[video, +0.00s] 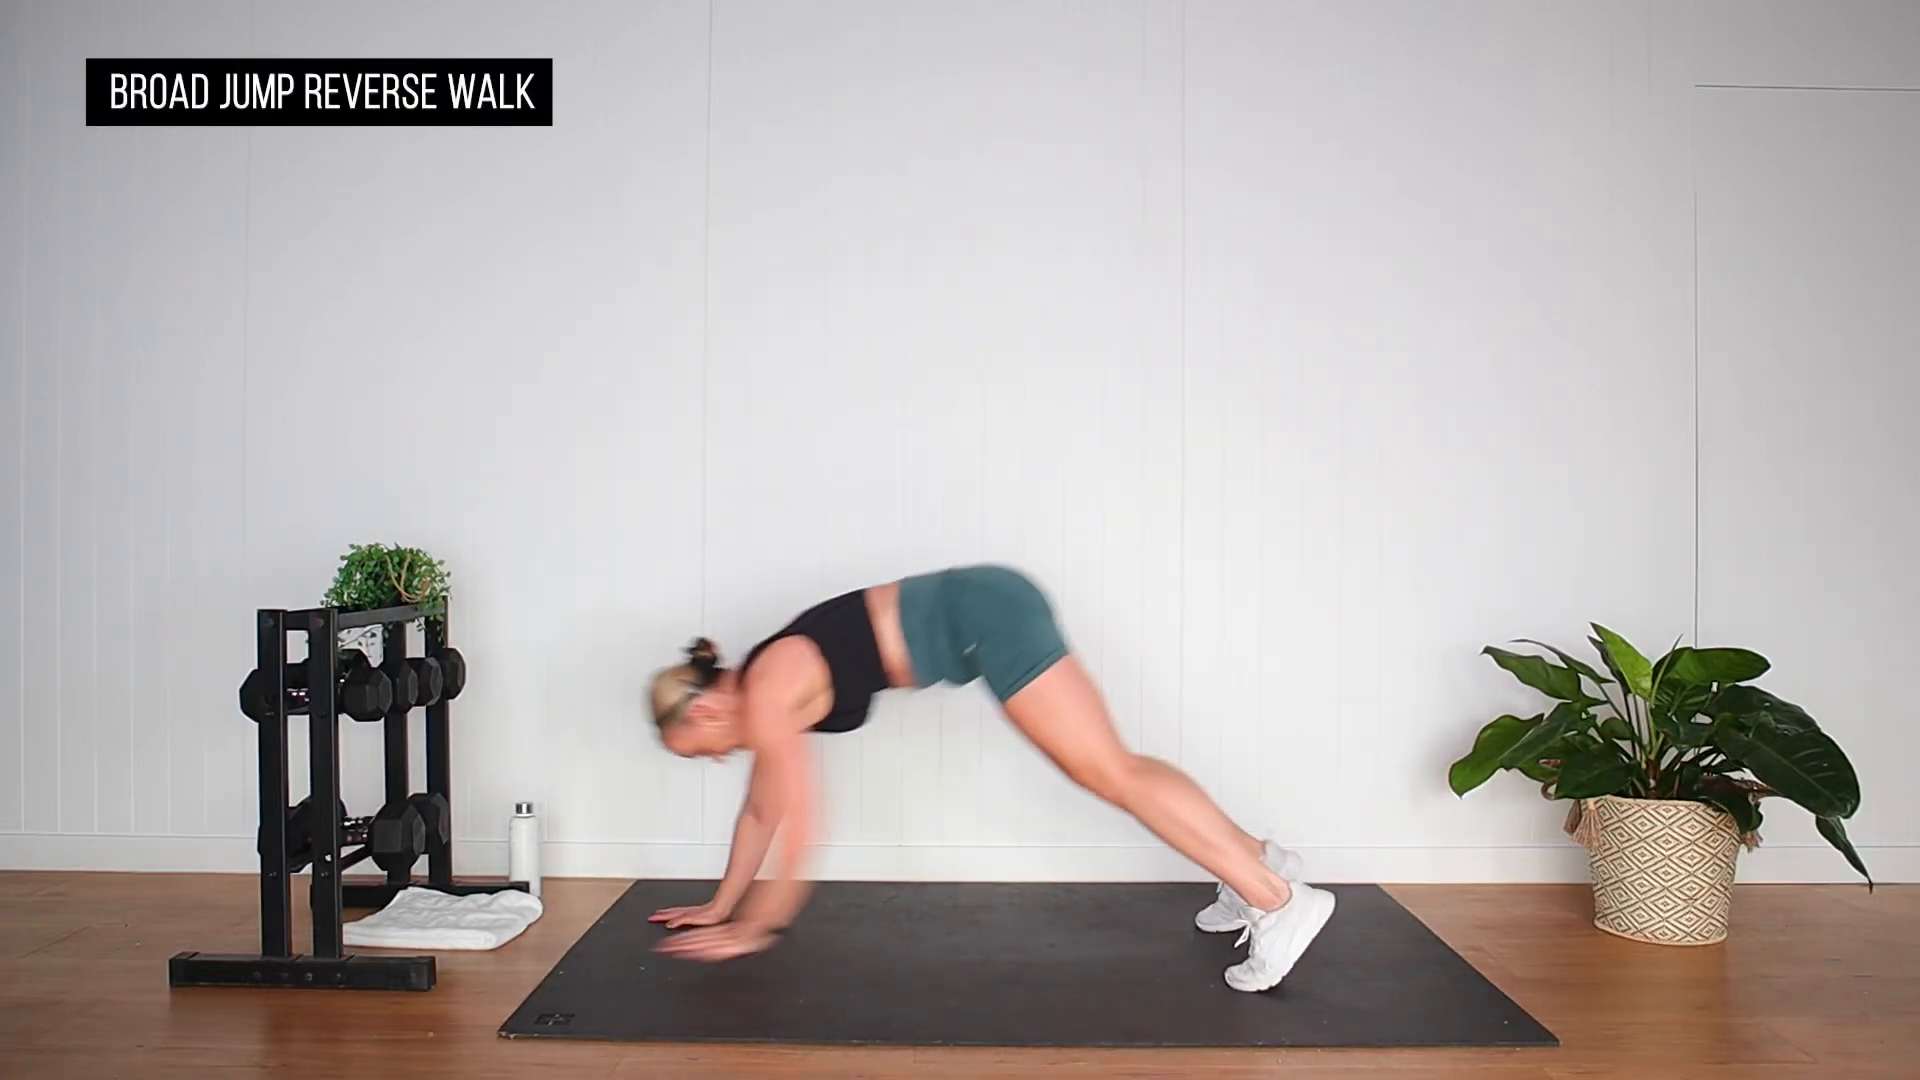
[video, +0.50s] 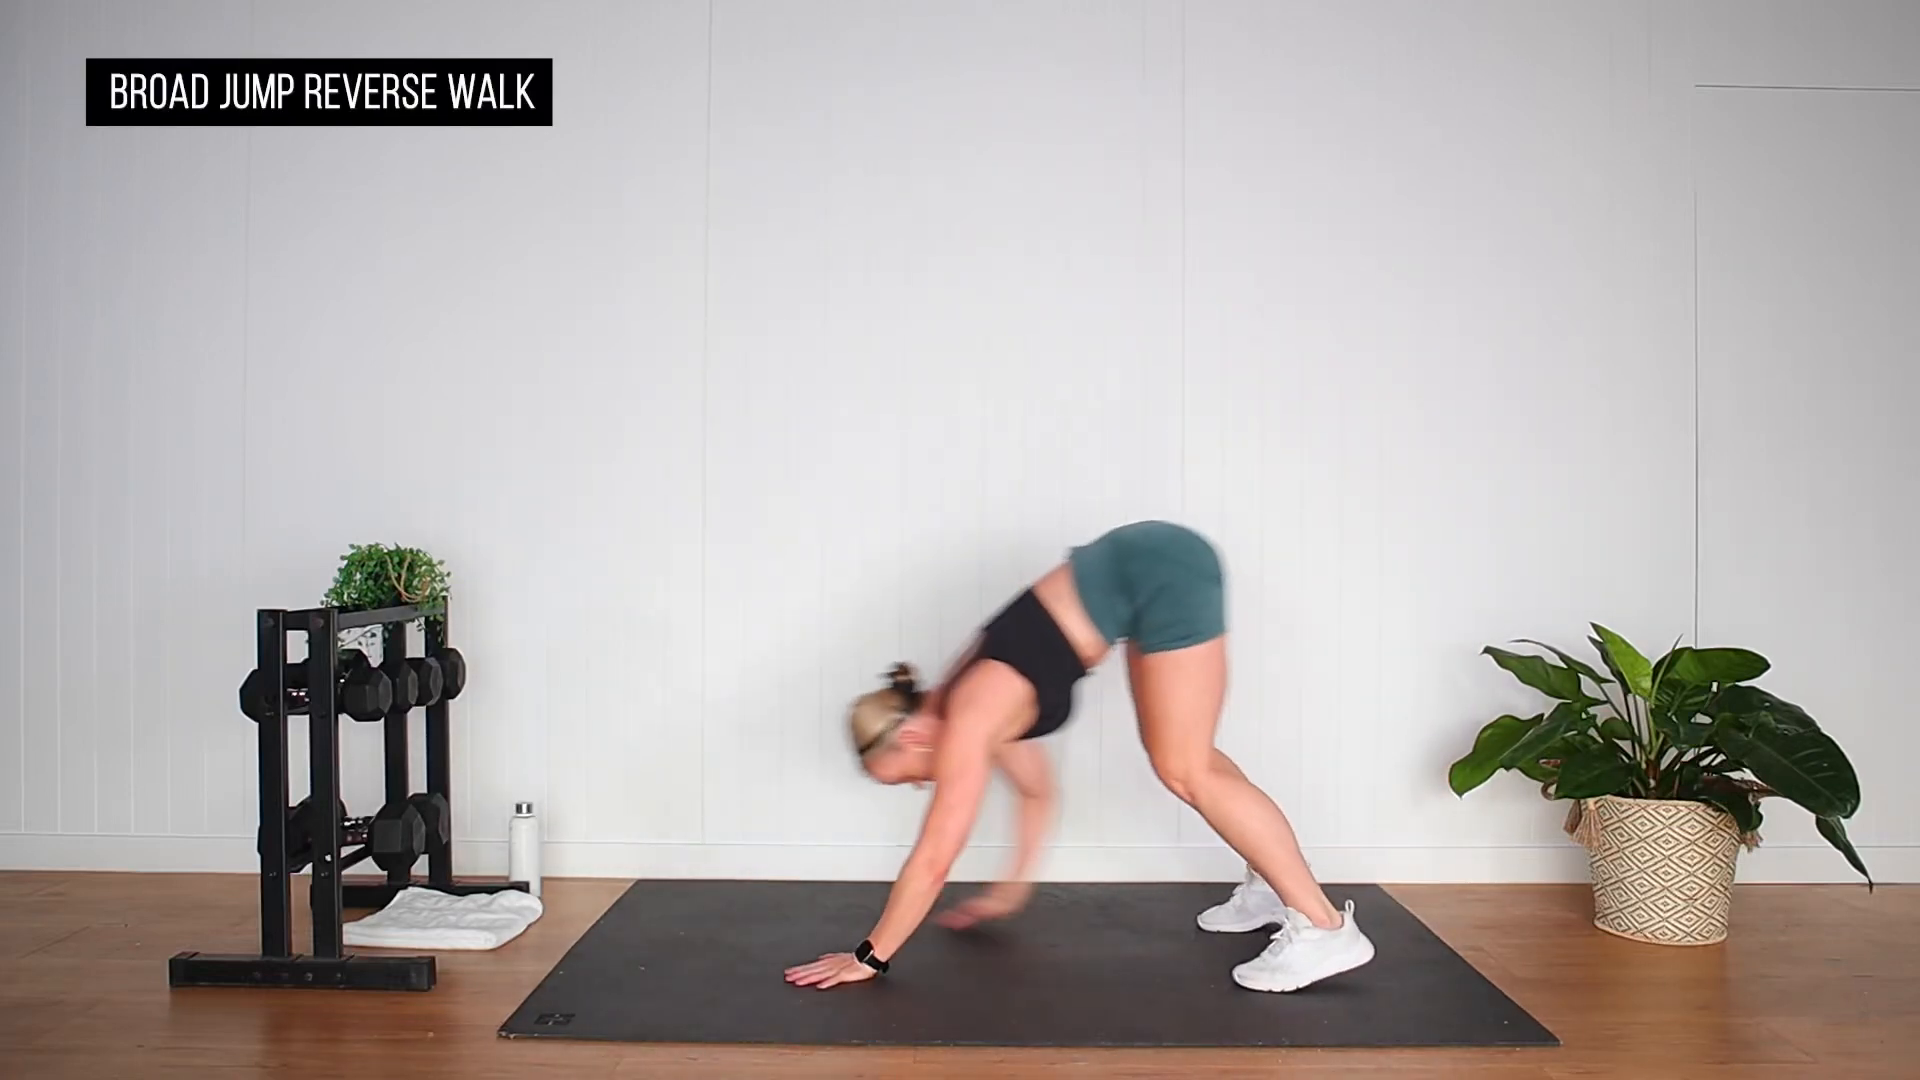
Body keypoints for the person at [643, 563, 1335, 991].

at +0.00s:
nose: (708, 761)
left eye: (695, 748)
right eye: (693, 754)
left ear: (707, 708)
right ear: (709, 698)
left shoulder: (771, 694)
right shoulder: (763, 685)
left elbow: (799, 828)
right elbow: (759, 809)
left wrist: (761, 926)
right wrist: (724, 904)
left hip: (987, 614)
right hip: (984, 613)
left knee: (1109, 774)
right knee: (1111, 766)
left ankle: (1278, 901)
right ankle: (1258, 869)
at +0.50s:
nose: (919, 784)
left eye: (906, 774)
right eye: (907, 781)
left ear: (914, 734)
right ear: (917, 729)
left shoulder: (972, 717)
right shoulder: (989, 711)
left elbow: (937, 854)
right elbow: (1038, 795)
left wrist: (871, 956)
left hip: (1165, 568)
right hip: (1151, 570)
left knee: (1187, 768)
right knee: (1188, 759)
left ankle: (1323, 924)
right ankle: (1278, 879)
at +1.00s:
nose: (1048, 702)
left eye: (1044, 688)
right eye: (1039, 692)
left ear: (1077, 662)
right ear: (1076, 661)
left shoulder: (1145, 692)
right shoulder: (1123, 674)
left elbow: (1163, 838)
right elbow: (1085, 800)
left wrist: (1112, 946)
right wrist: (1030, 901)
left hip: (1371, 642)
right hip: (1340, 632)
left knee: (1239, 761)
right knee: (1225, 748)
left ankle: (1334, 943)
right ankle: (1286, 891)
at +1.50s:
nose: (1142, 309)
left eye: (1151, 293)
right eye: (1141, 294)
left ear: (1200, 288)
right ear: (1189, 292)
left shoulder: (1232, 368)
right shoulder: (1210, 369)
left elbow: (1138, 469)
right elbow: (1137, 463)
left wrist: (1057, 416)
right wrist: (1060, 416)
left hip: (1365, 546)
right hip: (1323, 551)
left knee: (1304, 735)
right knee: (1265, 719)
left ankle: (1341, 942)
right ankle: (1291, 883)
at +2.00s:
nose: (1068, 350)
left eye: (1076, 333)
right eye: (1066, 336)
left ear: (1122, 324)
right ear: (1118, 330)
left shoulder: (1169, 377)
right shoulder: (1161, 386)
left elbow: (1294, 364)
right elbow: (1278, 390)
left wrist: (1417, 346)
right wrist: (1369, 402)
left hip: (1325, 554)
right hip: (1289, 561)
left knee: (1268, 741)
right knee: (1244, 725)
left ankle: (1339, 940)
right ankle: (1292, 886)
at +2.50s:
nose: (929, 188)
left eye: (938, 173)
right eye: (930, 174)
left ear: (980, 173)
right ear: (985, 175)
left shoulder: (1005, 242)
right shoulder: (1006, 246)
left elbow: (902, 315)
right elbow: (911, 342)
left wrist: (818, 296)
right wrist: (816, 305)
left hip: (1085, 450)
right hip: (1077, 450)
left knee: (1051, 653)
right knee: (1051, 652)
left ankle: (1173, 824)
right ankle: (1166, 819)